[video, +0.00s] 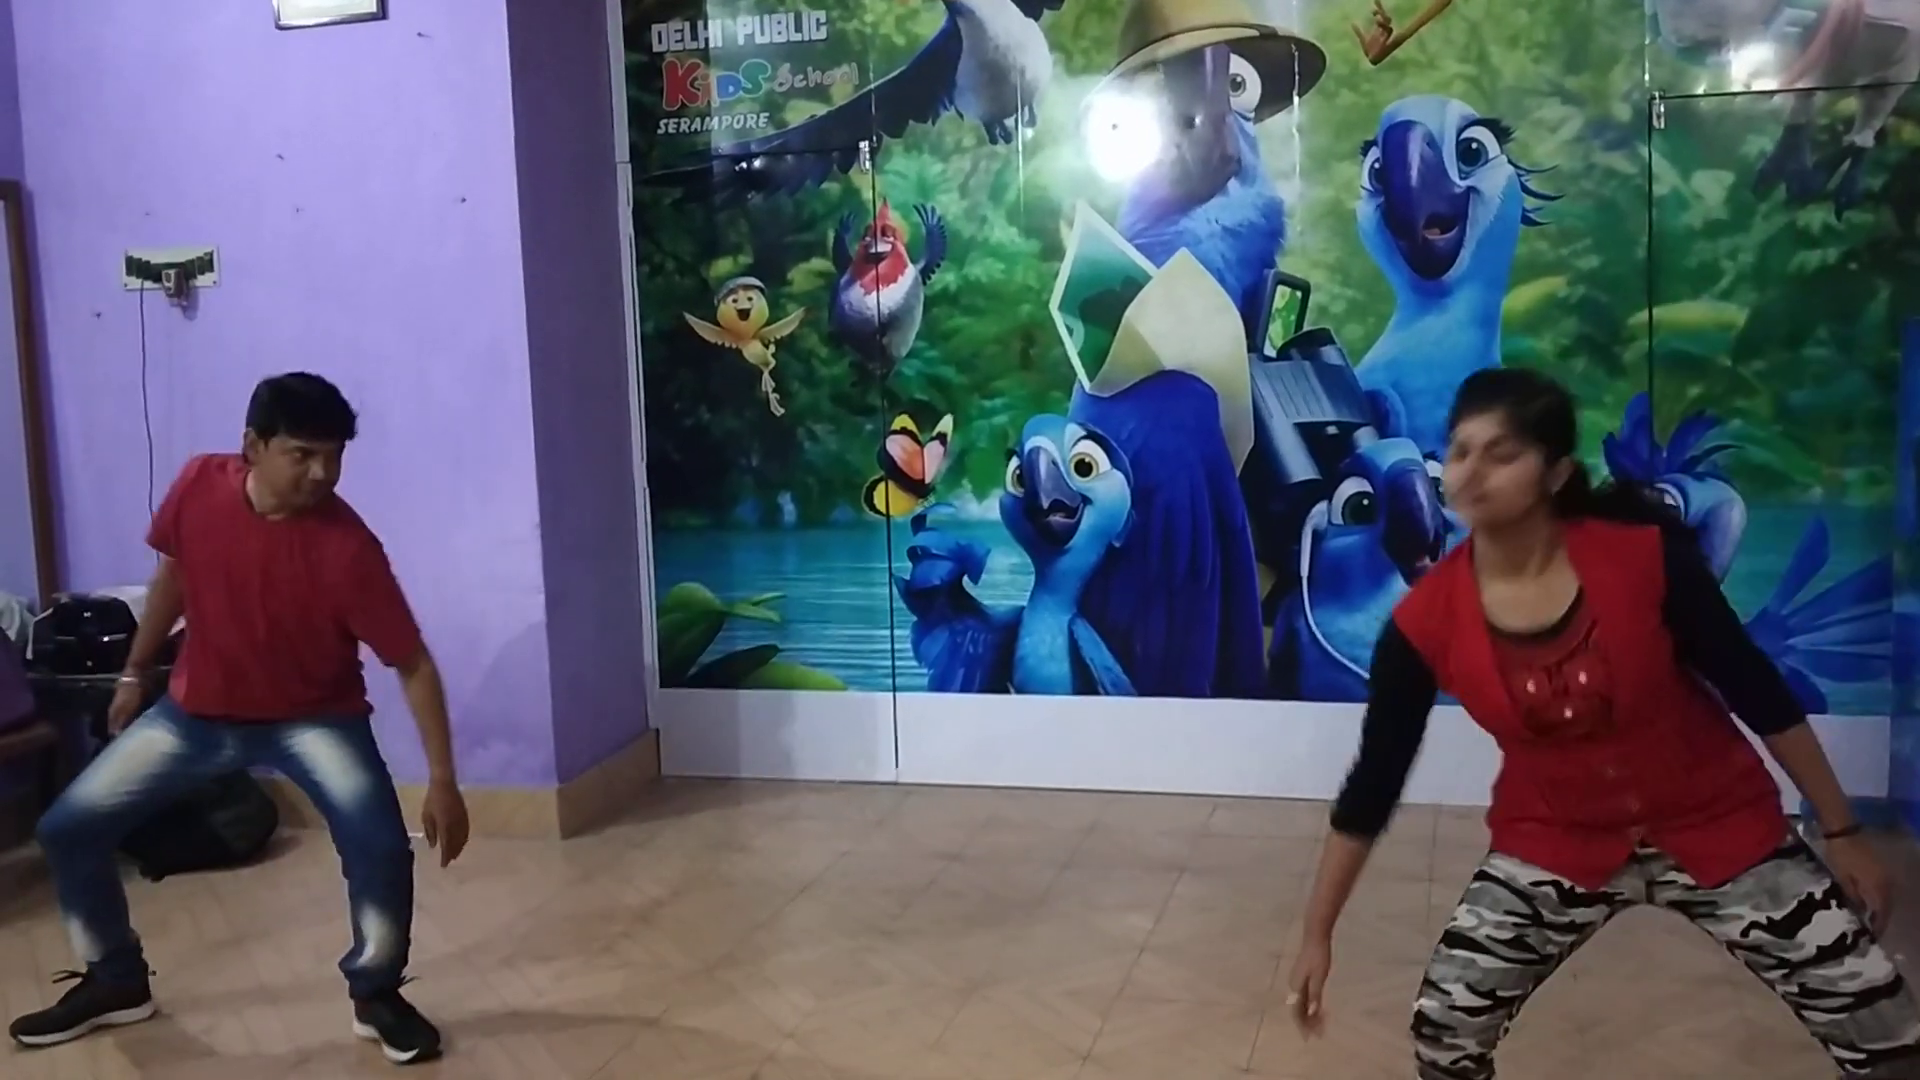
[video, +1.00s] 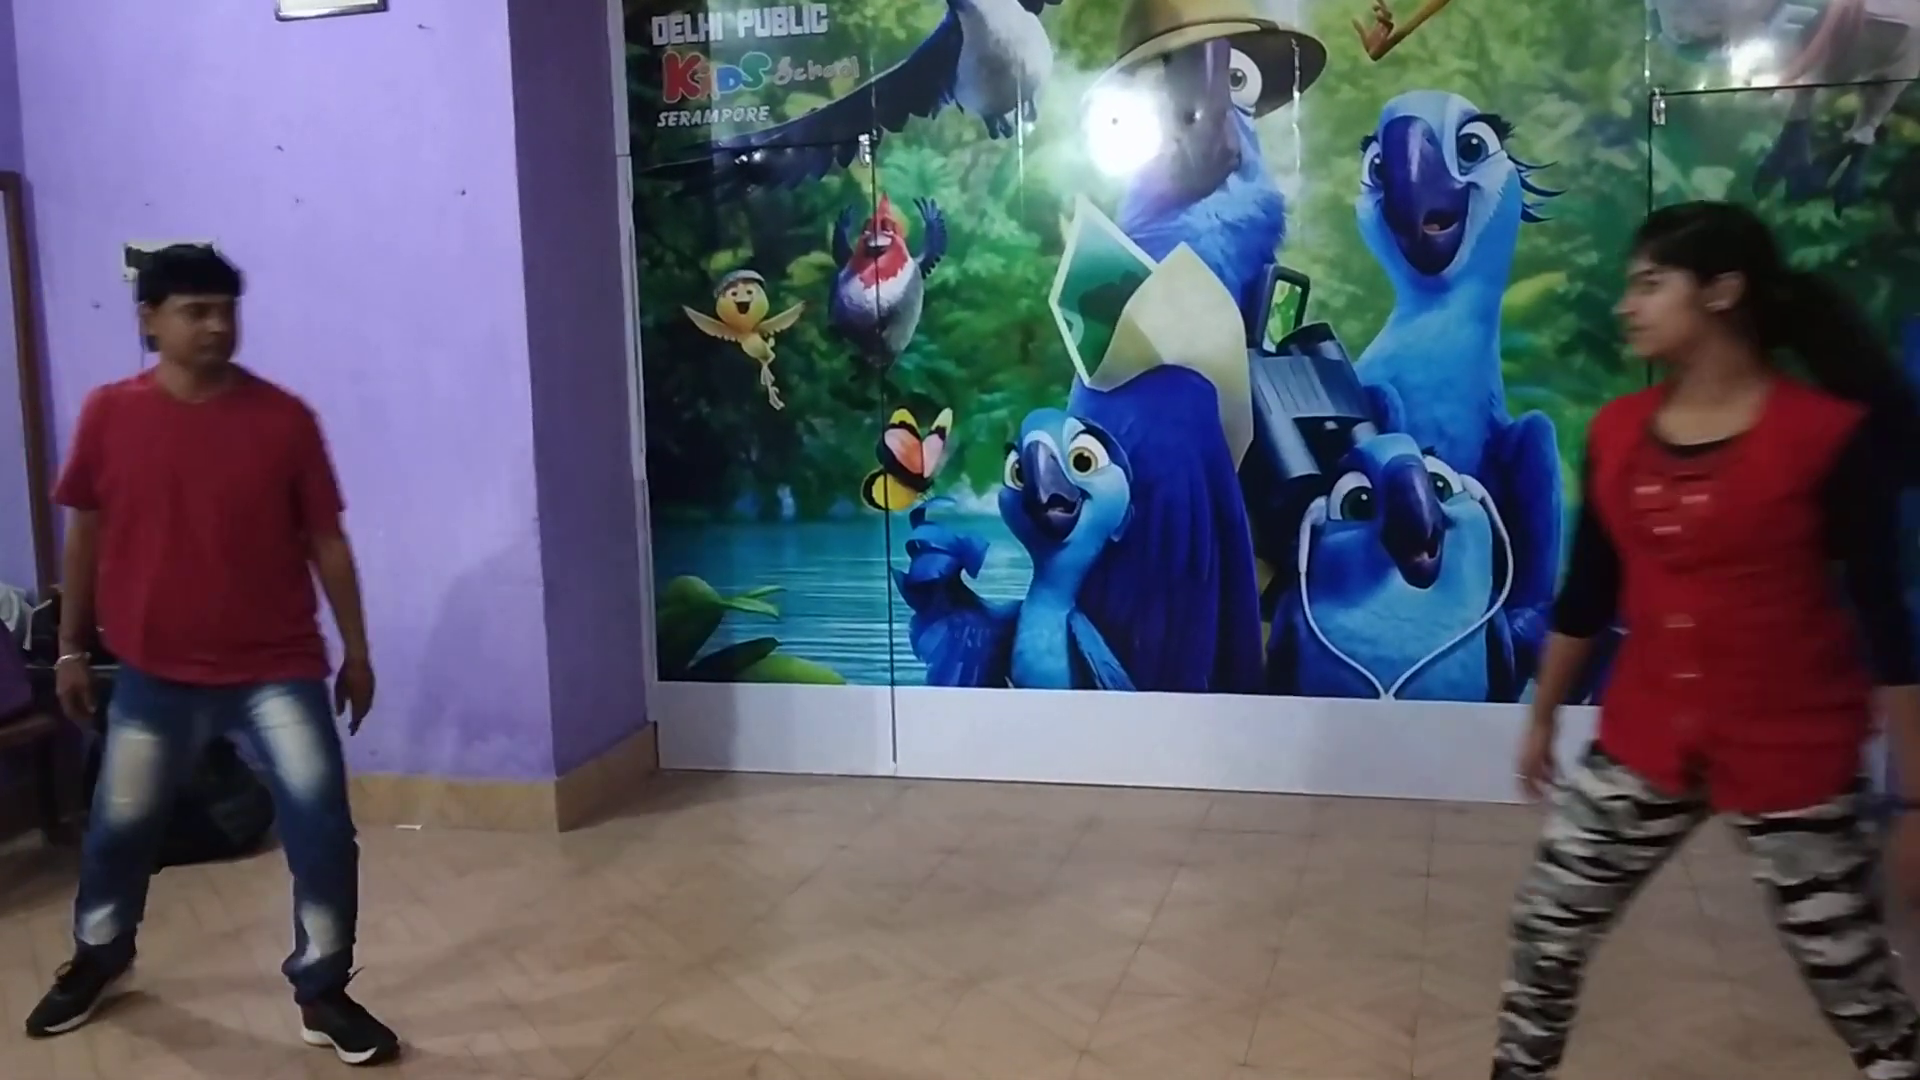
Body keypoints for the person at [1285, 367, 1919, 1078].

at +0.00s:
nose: (1469, 475)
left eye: (1498, 455)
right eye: (1458, 453)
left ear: (1555, 473)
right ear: (1445, 465)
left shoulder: (1648, 556)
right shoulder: (1426, 622)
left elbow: (1756, 689)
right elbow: (1373, 781)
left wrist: (1841, 828)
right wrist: (1315, 931)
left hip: (1711, 820)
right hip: (1553, 841)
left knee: (1873, 1009)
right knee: (1447, 1025)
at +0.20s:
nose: (1479, 517)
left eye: (1501, 492)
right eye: (1468, 498)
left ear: (1570, 492)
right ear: (1460, 506)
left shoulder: (1694, 565)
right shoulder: (1488, 650)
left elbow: (1808, 695)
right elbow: (1450, 816)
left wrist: (1890, 838)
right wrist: (1381, 972)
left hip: (1755, 841)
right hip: (1598, 852)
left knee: (1892, 1024)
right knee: (1463, 1015)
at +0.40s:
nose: (1610, 421)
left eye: (1626, 393)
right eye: (1599, 405)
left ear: (1699, 379)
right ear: (1595, 414)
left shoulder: (1841, 479)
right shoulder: (1618, 540)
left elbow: (1909, 637)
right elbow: (1579, 705)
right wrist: (1526, 861)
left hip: (1840, 782)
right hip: (1678, 789)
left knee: (1917, 1013)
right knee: (1540, 995)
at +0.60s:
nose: (1683, 297)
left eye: (1703, 269)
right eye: (1679, 276)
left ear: (1784, 265)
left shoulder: (1905, 389)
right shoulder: (1673, 416)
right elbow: (1644, 581)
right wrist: (1603, 732)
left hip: (1881, 725)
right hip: (1712, 721)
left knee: (1900, 961)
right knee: (1622, 937)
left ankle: (1904, 1069)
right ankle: (1559, 1070)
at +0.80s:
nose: (1695, 289)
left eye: (1716, 264)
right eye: (1693, 268)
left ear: (1795, 266)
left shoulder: (1902, 402)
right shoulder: (1674, 411)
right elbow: (1639, 575)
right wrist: (1592, 714)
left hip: (1871, 732)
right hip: (1710, 723)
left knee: (1902, 981)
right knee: (1615, 939)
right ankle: (1545, 1073)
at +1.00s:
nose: (1626, 306)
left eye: (1648, 284)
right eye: (1629, 286)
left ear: (1721, 293)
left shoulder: (1831, 437)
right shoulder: (1619, 432)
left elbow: (1889, 624)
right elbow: (1589, 587)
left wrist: (1911, 802)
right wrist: (1541, 713)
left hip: (1793, 753)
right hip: (1645, 743)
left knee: (1855, 992)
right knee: (1546, 933)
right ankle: (1517, 1071)